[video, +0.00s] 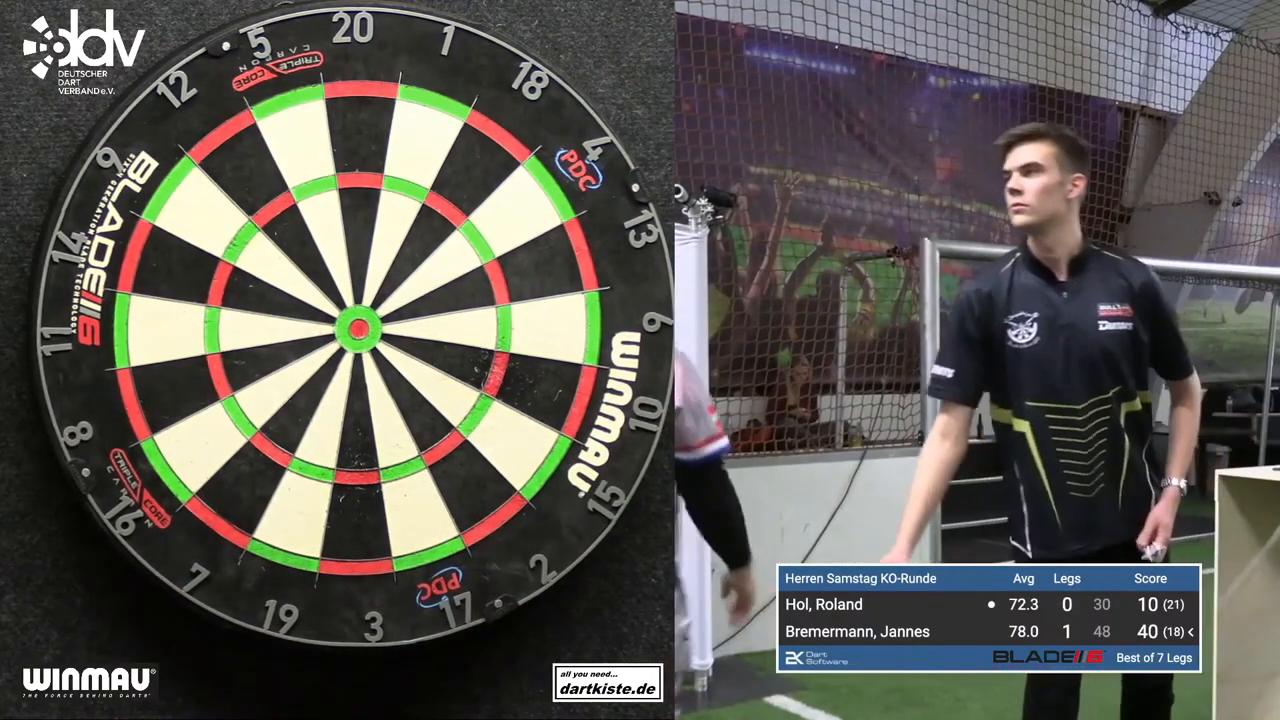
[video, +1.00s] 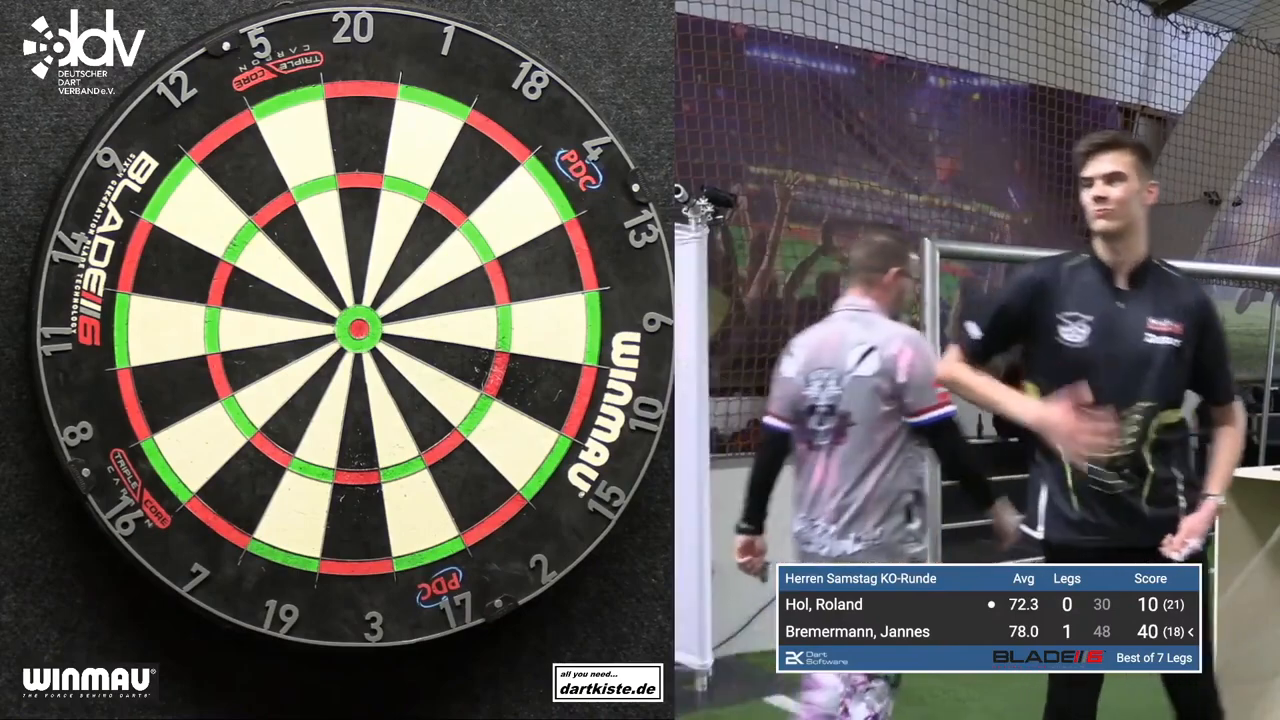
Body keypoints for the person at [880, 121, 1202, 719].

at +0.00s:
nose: (1013, 187)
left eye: (1030, 173)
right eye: (1008, 177)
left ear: (1075, 186)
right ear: (1003, 192)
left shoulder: (1133, 285)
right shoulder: (985, 299)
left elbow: (1186, 391)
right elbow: (950, 431)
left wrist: (1172, 493)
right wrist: (900, 550)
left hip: (1134, 530)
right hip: (1044, 538)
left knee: (1151, 687)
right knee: (1051, 695)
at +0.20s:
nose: (999, 188)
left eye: (1016, 174)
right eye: (994, 179)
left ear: (1062, 187)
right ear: (990, 195)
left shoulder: (1124, 283)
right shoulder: (974, 304)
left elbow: (1180, 391)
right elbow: (936, 435)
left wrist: (1166, 490)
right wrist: (886, 551)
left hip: (1131, 529)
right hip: (1042, 538)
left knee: (1151, 684)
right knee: (1050, 695)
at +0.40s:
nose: (1003, 186)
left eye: (1021, 172)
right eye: (998, 176)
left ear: (1066, 187)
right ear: (996, 191)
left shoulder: (1126, 285)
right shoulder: (977, 301)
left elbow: (1175, 402)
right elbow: (945, 435)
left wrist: (1154, 503)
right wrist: (940, 549)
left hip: (1126, 534)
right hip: (1037, 544)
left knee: (1143, 686)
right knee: (1049, 697)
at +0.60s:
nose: (1025, 187)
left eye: (1043, 173)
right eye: (1020, 177)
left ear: (1087, 188)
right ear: (1014, 192)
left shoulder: (1138, 291)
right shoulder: (989, 294)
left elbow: (1171, 418)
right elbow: (955, 423)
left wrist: (1134, 505)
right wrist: (1035, 506)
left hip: (1126, 537)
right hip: (1034, 542)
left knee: (1133, 692)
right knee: (1048, 695)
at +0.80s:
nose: (1058, 190)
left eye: (1075, 176)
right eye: (1049, 179)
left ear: (1114, 189)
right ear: (1042, 193)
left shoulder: (1155, 296)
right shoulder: (1002, 291)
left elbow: (1193, 415)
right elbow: (938, 386)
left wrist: (1166, 501)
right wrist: (1021, 410)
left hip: (1136, 535)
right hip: (1043, 537)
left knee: (1155, 694)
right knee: (1056, 696)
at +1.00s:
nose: (1100, 194)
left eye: (1115, 180)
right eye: (1090, 184)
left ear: (1149, 192)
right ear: (1080, 199)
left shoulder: (1187, 302)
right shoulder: (1044, 286)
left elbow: (1228, 417)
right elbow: (953, 367)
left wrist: (1207, 507)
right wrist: (1042, 416)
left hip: (1163, 537)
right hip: (1070, 536)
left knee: (1195, 694)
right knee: (1073, 695)